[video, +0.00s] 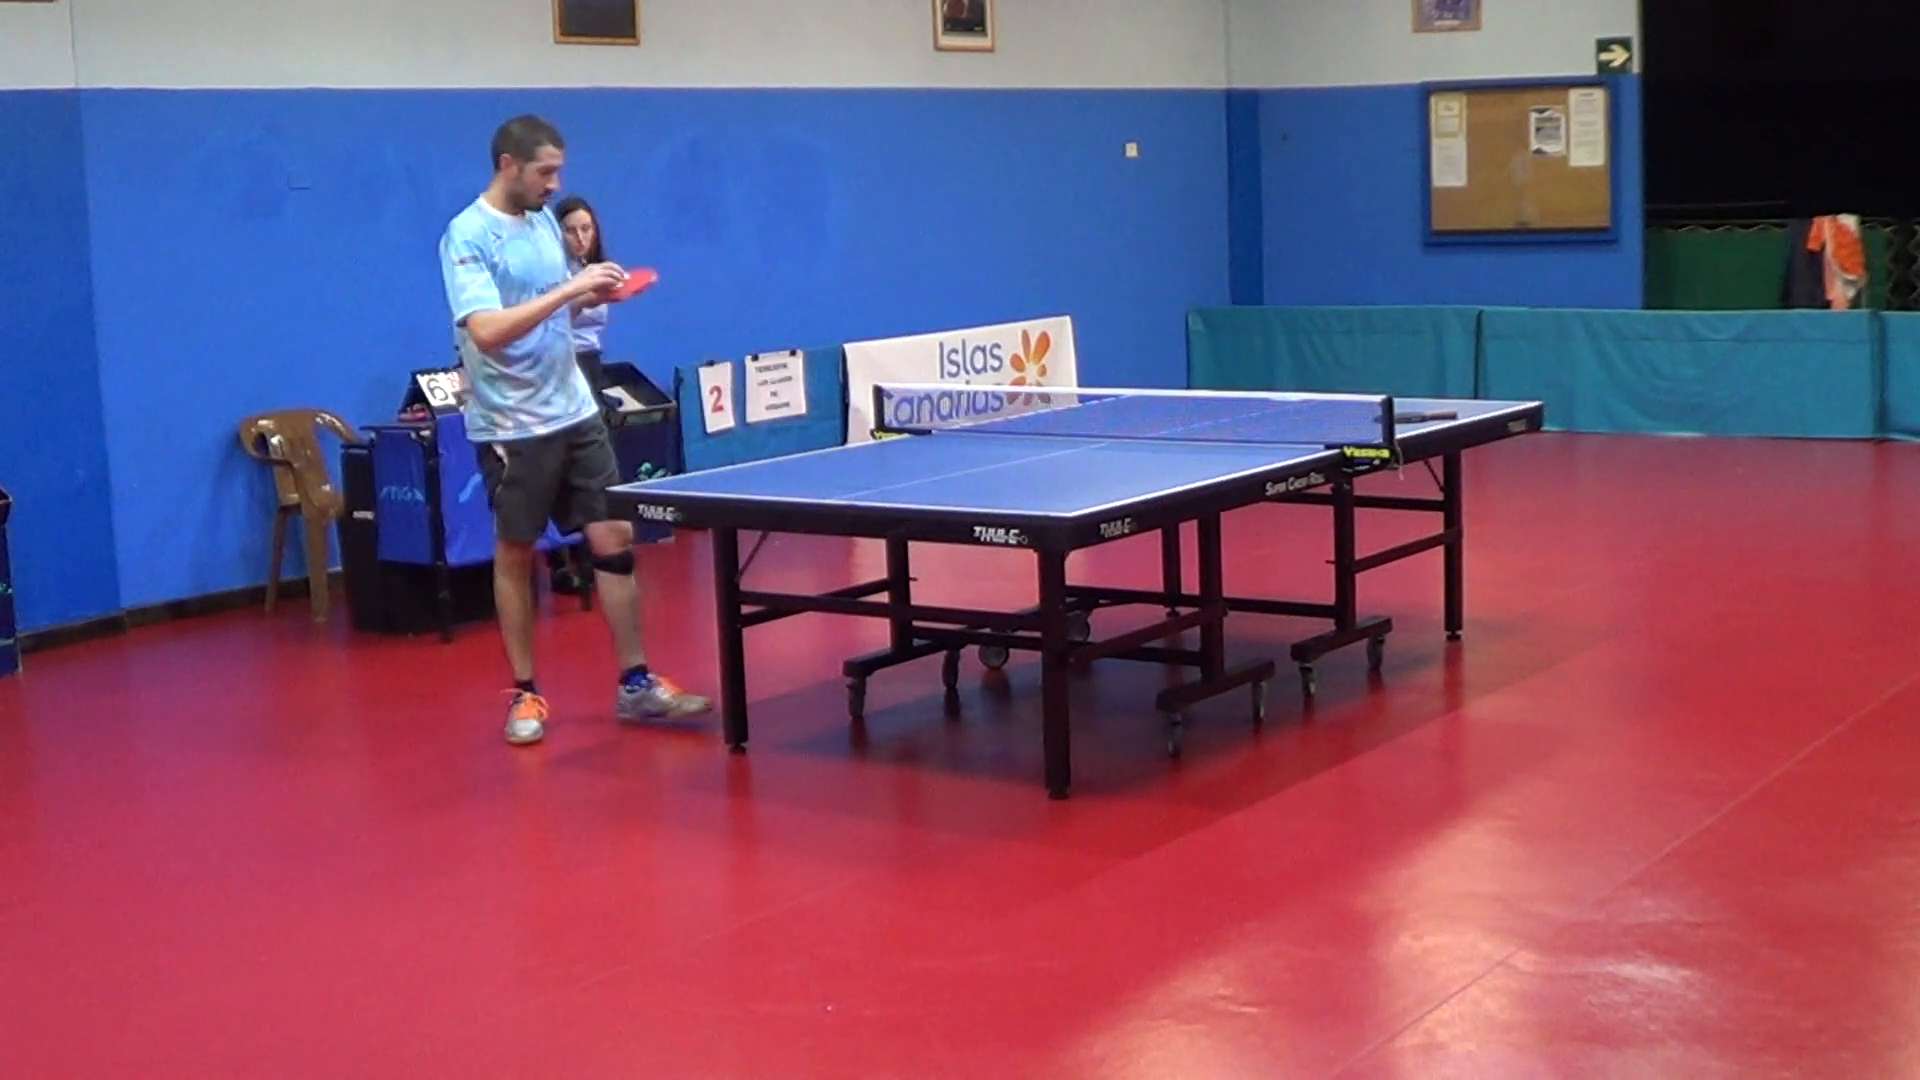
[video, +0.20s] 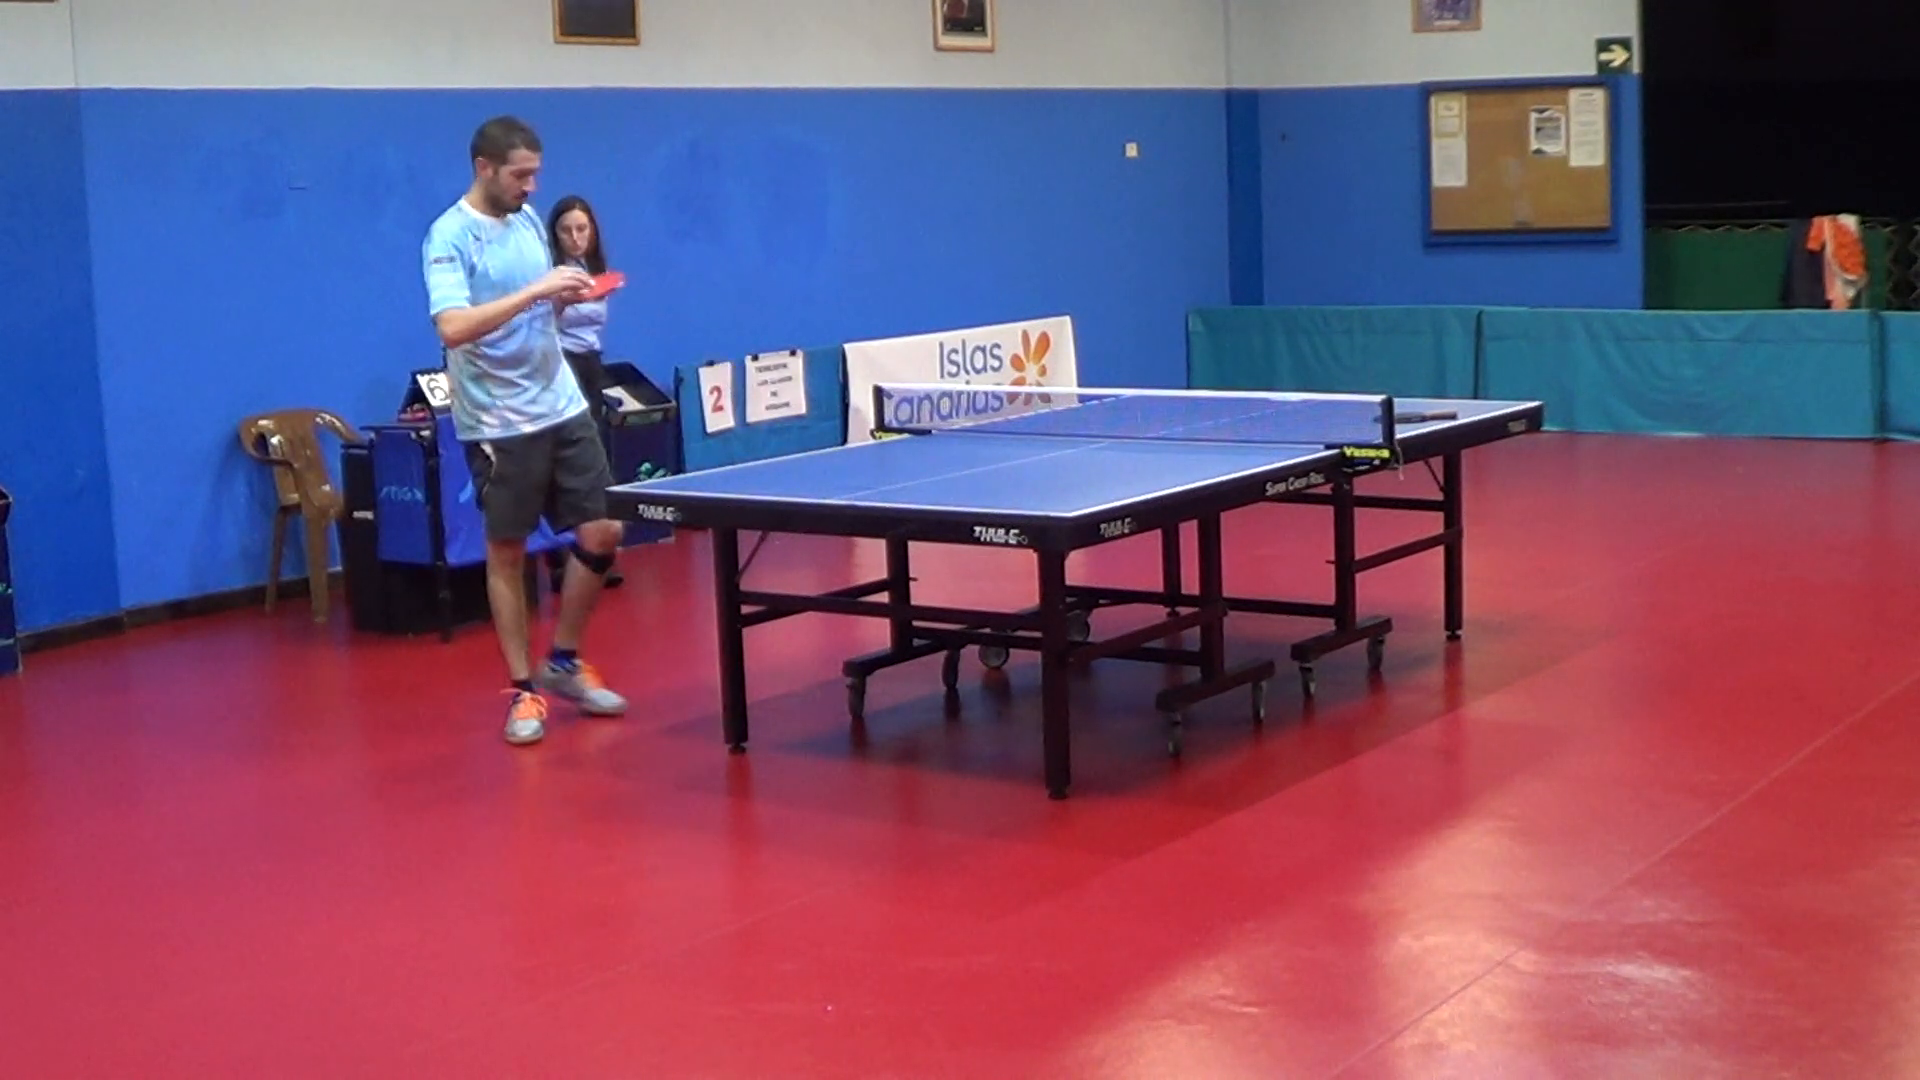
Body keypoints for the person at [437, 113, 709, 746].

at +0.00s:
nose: (553, 183)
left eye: (557, 173)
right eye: (545, 172)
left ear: (536, 169)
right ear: (508, 166)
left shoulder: (544, 221)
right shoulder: (465, 235)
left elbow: (553, 307)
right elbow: (487, 333)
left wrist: (594, 290)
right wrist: (570, 291)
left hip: (576, 408)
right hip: (513, 425)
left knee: (614, 538)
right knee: (516, 553)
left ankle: (636, 684)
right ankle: (526, 693)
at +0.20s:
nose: (529, 186)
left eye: (533, 175)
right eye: (520, 175)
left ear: (529, 172)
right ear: (483, 168)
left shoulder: (527, 219)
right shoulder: (447, 238)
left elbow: (534, 301)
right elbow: (452, 329)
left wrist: (571, 291)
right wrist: (538, 292)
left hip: (563, 403)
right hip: (501, 422)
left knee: (600, 534)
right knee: (508, 551)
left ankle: (564, 660)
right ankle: (522, 689)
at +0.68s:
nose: (482, 191)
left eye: (489, 179)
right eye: (470, 182)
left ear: (505, 169)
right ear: (454, 177)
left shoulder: (536, 227)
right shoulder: (434, 232)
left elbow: (572, 317)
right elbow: (398, 310)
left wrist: (542, 296)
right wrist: (471, 280)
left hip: (528, 408)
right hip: (463, 410)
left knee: (517, 547)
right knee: (485, 542)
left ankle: (508, 664)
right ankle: (507, 681)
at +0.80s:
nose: (472, 192)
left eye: (479, 180)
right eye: (461, 182)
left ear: (499, 168)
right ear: (448, 175)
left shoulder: (534, 226)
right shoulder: (429, 230)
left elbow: (572, 316)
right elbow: (381, 308)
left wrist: (530, 294)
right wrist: (451, 288)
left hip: (518, 404)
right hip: (451, 404)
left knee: (508, 539)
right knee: (463, 535)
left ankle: (508, 663)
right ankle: (476, 677)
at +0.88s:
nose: (465, 193)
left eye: (473, 181)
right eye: (454, 184)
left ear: (492, 168)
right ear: (442, 177)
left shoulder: (530, 224)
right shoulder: (424, 228)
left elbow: (567, 314)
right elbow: (366, 304)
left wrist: (523, 293)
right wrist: (425, 289)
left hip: (513, 404)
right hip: (443, 402)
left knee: (505, 536)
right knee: (445, 531)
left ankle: (508, 664)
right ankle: (450, 677)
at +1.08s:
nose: (431, 194)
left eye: (437, 181)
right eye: (420, 186)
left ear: (461, 166)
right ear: (412, 184)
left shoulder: (511, 223)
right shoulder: (405, 232)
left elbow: (550, 309)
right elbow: (338, 296)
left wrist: (490, 296)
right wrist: (371, 286)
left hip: (492, 407)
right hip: (422, 408)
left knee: (497, 533)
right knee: (402, 530)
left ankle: (506, 664)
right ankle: (393, 669)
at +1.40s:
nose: (336, 206)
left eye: (338, 192)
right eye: (330, 197)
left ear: (369, 175)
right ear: (350, 185)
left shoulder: (431, 223)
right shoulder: (360, 241)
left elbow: (465, 308)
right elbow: (321, 322)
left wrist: (383, 297)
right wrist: (315, 293)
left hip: (432, 412)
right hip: (376, 415)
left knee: (464, 535)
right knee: (382, 531)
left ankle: (501, 661)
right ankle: (375, 659)